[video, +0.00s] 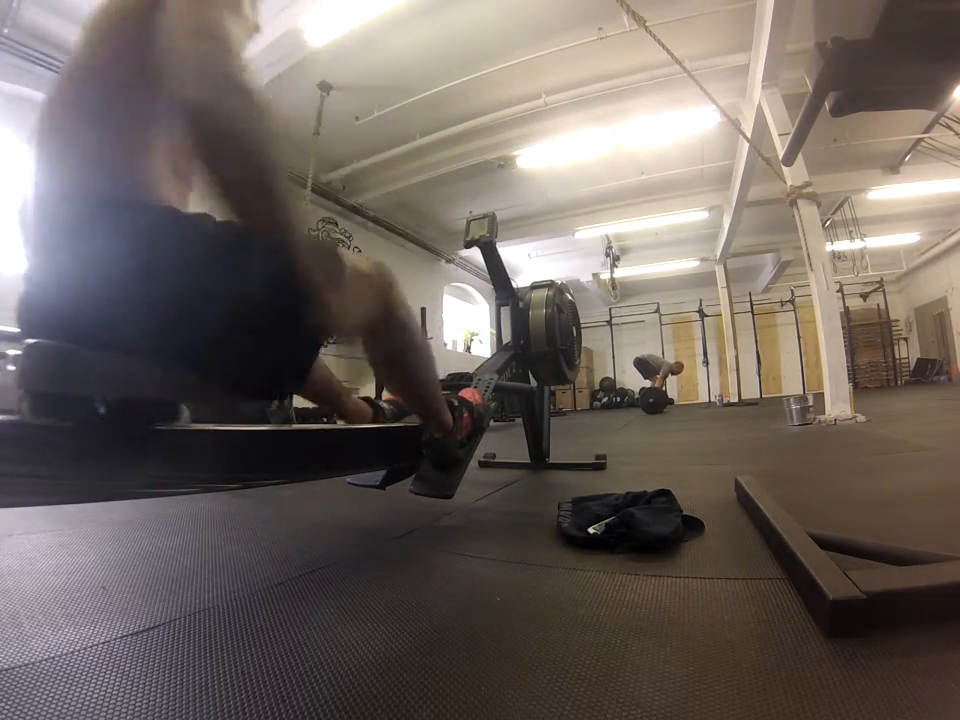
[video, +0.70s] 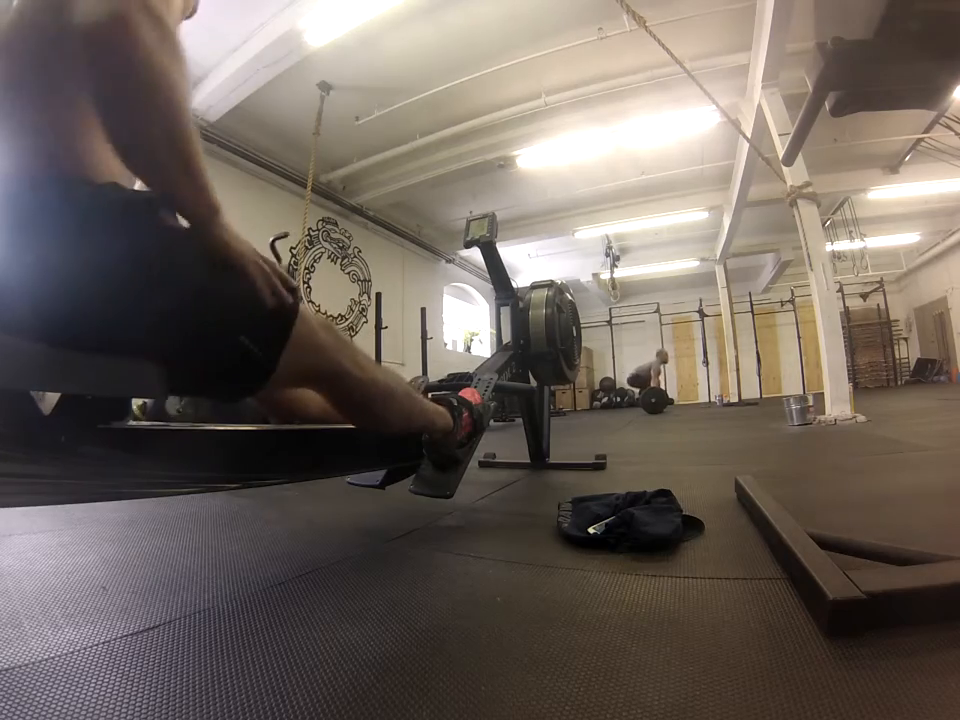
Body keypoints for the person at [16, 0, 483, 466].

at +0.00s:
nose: (243, 35)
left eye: (245, 32)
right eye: (240, 24)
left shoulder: (107, 48)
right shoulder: (184, 12)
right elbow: (210, 101)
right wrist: (302, 262)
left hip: (56, 286)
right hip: (129, 272)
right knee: (376, 289)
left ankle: (359, 413)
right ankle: (445, 428)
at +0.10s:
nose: (227, 29)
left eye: (226, 31)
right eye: (226, 23)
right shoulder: (178, 8)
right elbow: (121, 72)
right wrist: (194, 293)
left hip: (49, 261)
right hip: (117, 252)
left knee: (244, 310)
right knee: (360, 294)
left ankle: (358, 415)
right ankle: (445, 424)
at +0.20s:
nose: (214, 17)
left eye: (217, 14)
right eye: (215, 7)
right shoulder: (160, 10)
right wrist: (132, 260)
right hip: (113, 229)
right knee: (349, 314)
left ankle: (359, 422)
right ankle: (444, 430)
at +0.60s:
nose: (187, 10)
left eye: (178, 14)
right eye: (178, 9)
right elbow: (80, 23)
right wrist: (189, 212)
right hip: (51, 213)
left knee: (282, 388)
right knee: (322, 342)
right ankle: (442, 426)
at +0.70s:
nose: (185, 26)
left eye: (186, 23)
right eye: (185, 16)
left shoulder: (31, 23)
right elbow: (120, 29)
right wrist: (210, 219)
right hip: (66, 223)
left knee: (269, 381)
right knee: (322, 349)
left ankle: (382, 427)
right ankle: (444, 426)